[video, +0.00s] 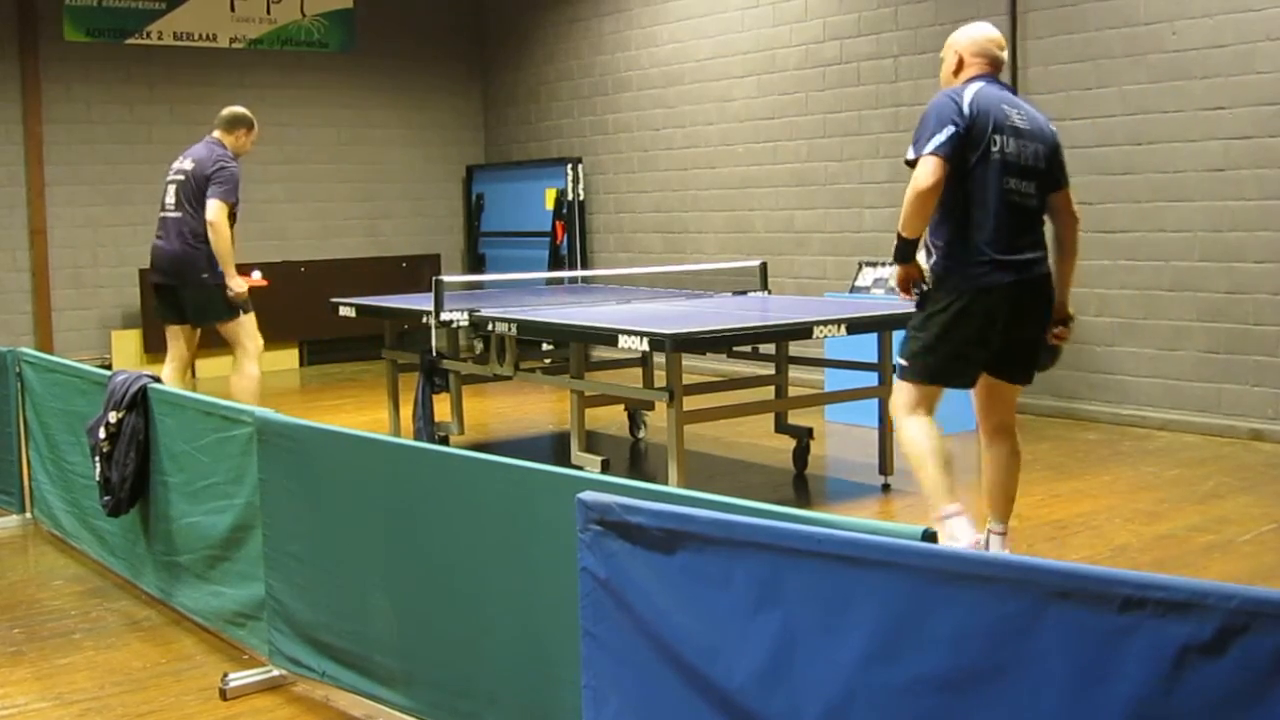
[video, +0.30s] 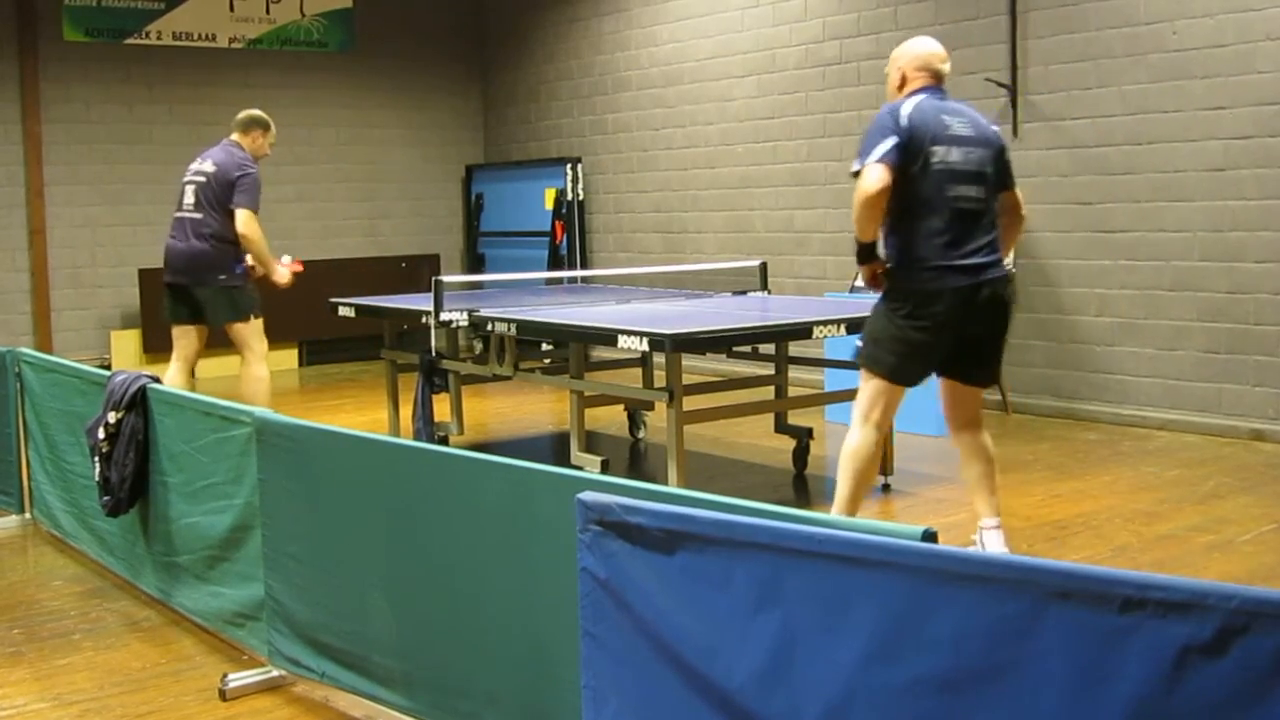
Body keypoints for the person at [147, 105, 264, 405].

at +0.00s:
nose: (250, 147)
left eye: (252, 141)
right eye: (251, 140)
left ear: (218, 129)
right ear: (241, 135)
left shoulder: (188, 156)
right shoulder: (224, 163)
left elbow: (183, 218)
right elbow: (214, 219)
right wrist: (232, 275)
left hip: (164, 264)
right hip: (199, 265)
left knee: (178, 352)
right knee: (249, 345)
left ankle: (168, 433)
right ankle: (245, 437)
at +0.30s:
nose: (268, 151)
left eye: (270, 144)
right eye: (268, 143)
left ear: (238, 134)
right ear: (254, 136)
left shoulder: (205, 157)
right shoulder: (244, 167)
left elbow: (208, 219)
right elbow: (246, 227)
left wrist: (243, 257)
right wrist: (273, 268)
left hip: (178, 263)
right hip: (217, 265)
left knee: (183, 353)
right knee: (254, 351)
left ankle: (170, 436)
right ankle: (260, 439)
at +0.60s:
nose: (305, 168)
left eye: (308, 161)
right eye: (307, 159)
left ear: (280, 146)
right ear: (295, 149)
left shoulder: (239, 164)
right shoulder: (285, 178)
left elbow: (228, 220)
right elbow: (287, 245)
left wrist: (264, 256)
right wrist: (311, 254)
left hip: (197, 254)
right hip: (238, 259)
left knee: (191, 348)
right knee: (272, 350)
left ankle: (167, 424)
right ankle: (262, 437)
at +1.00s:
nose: (320, 216)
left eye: (324, 211)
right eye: (323, 208)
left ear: (299, 188)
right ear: (313, 194)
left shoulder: (259, 193)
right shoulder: (296, 211)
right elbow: (304, 276)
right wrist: (329, 288)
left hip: (191, 265)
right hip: (232, 271)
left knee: (177, 360)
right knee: (279, 355)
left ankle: (147, 425)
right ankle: (263, 437)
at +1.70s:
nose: (317, 255)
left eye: (321, 250)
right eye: (319, 247)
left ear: (300, 229)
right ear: (307, 232)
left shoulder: (257, 227)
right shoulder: (285, 247)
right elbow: (283, 316)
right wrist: (322, 305)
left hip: (174, 285)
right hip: (213, 290)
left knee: (183, 372)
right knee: (281, 359)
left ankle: (149, 418)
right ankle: (265, 439)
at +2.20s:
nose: (305, 211)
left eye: (308, 205)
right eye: (305, 202)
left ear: (284, 189)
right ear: (288, 190)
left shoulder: (237, 191)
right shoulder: (274, 210)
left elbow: (207, 235)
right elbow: (290, 277)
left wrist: (233, 272)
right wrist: (333, 262)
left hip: (166, 259)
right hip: (205, 263)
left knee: (181, 348)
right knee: (271, 336)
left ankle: (150, 401)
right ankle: (261, 420)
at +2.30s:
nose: (301, 178)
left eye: (303, 171)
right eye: (299, 169)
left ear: (277, 158)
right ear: (282, 159)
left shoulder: (231, 166)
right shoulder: (271, 182)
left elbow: (205, 216)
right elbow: (299, 244)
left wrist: (238, 253)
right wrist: (332, 213)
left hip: (167, 241)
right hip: (205, 246)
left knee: (180, 334)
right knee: (261, 328)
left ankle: (152, 397)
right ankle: (260, 415)